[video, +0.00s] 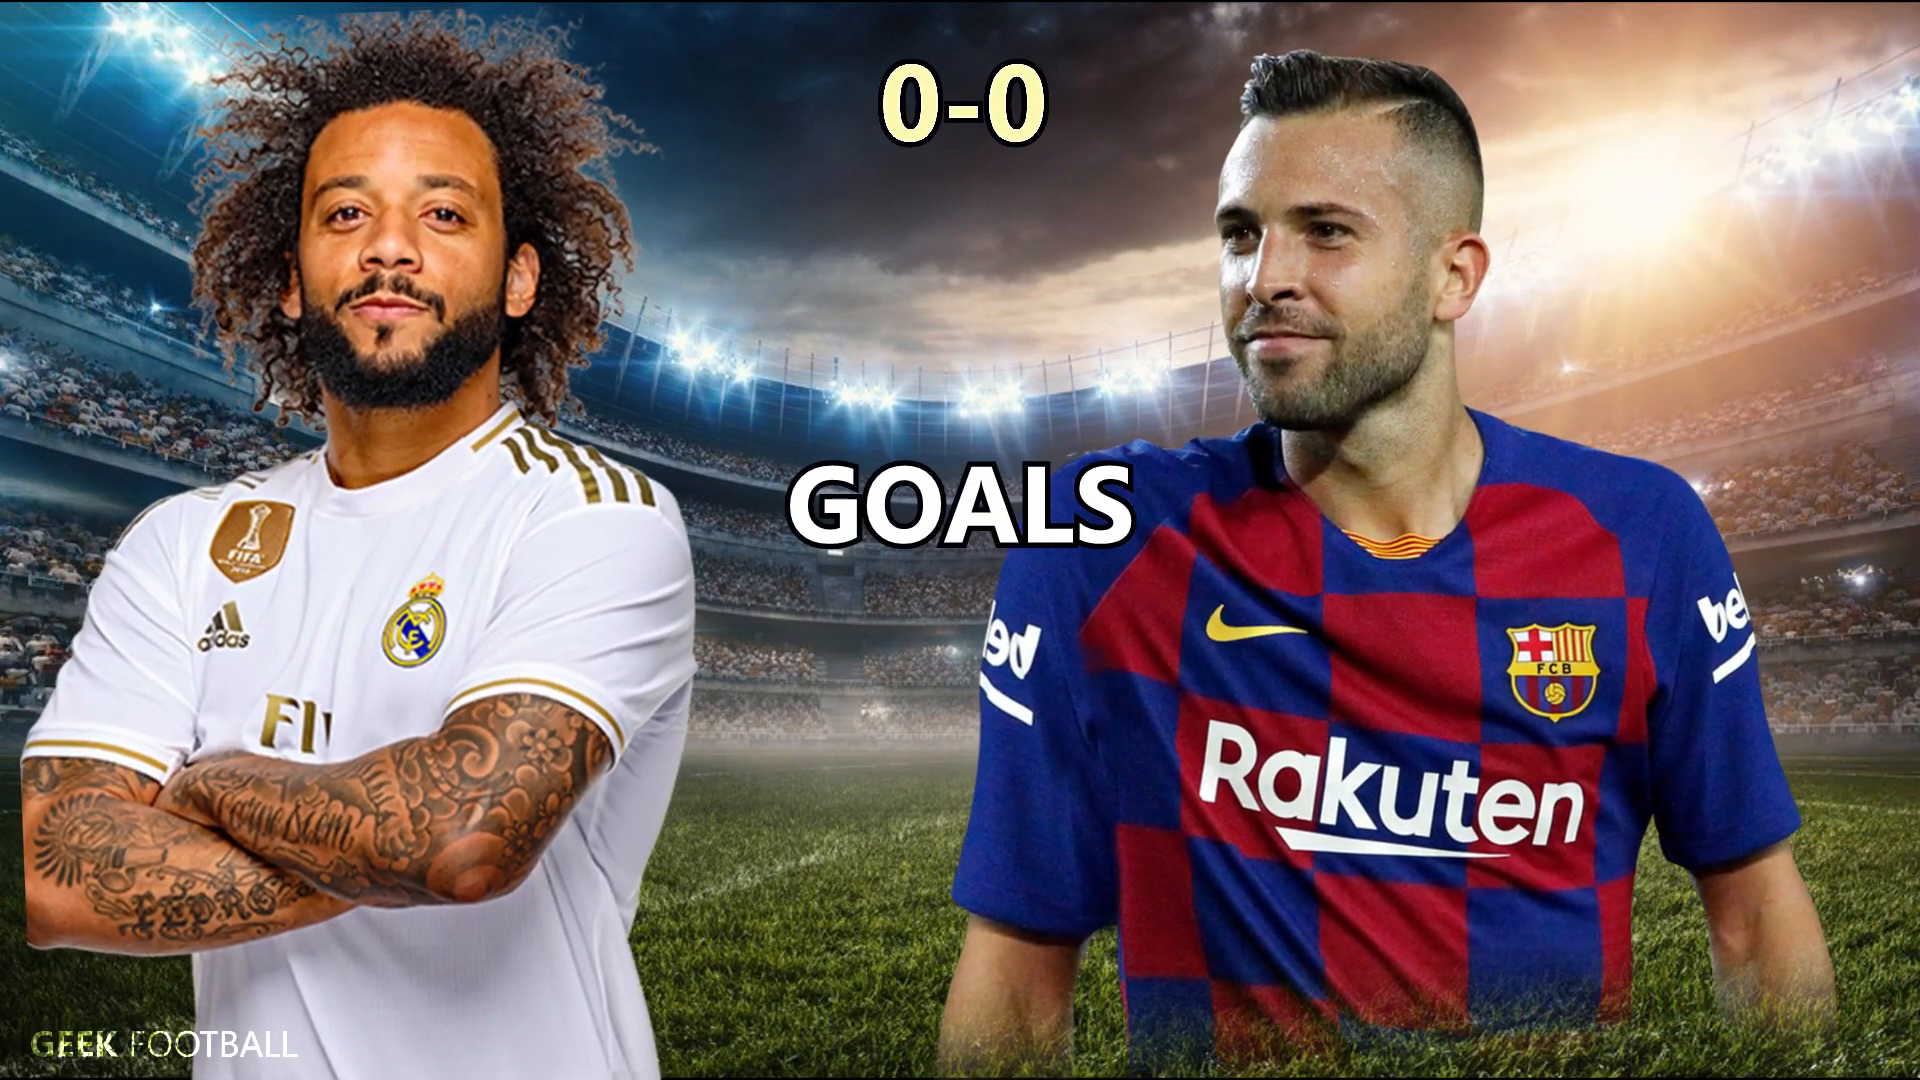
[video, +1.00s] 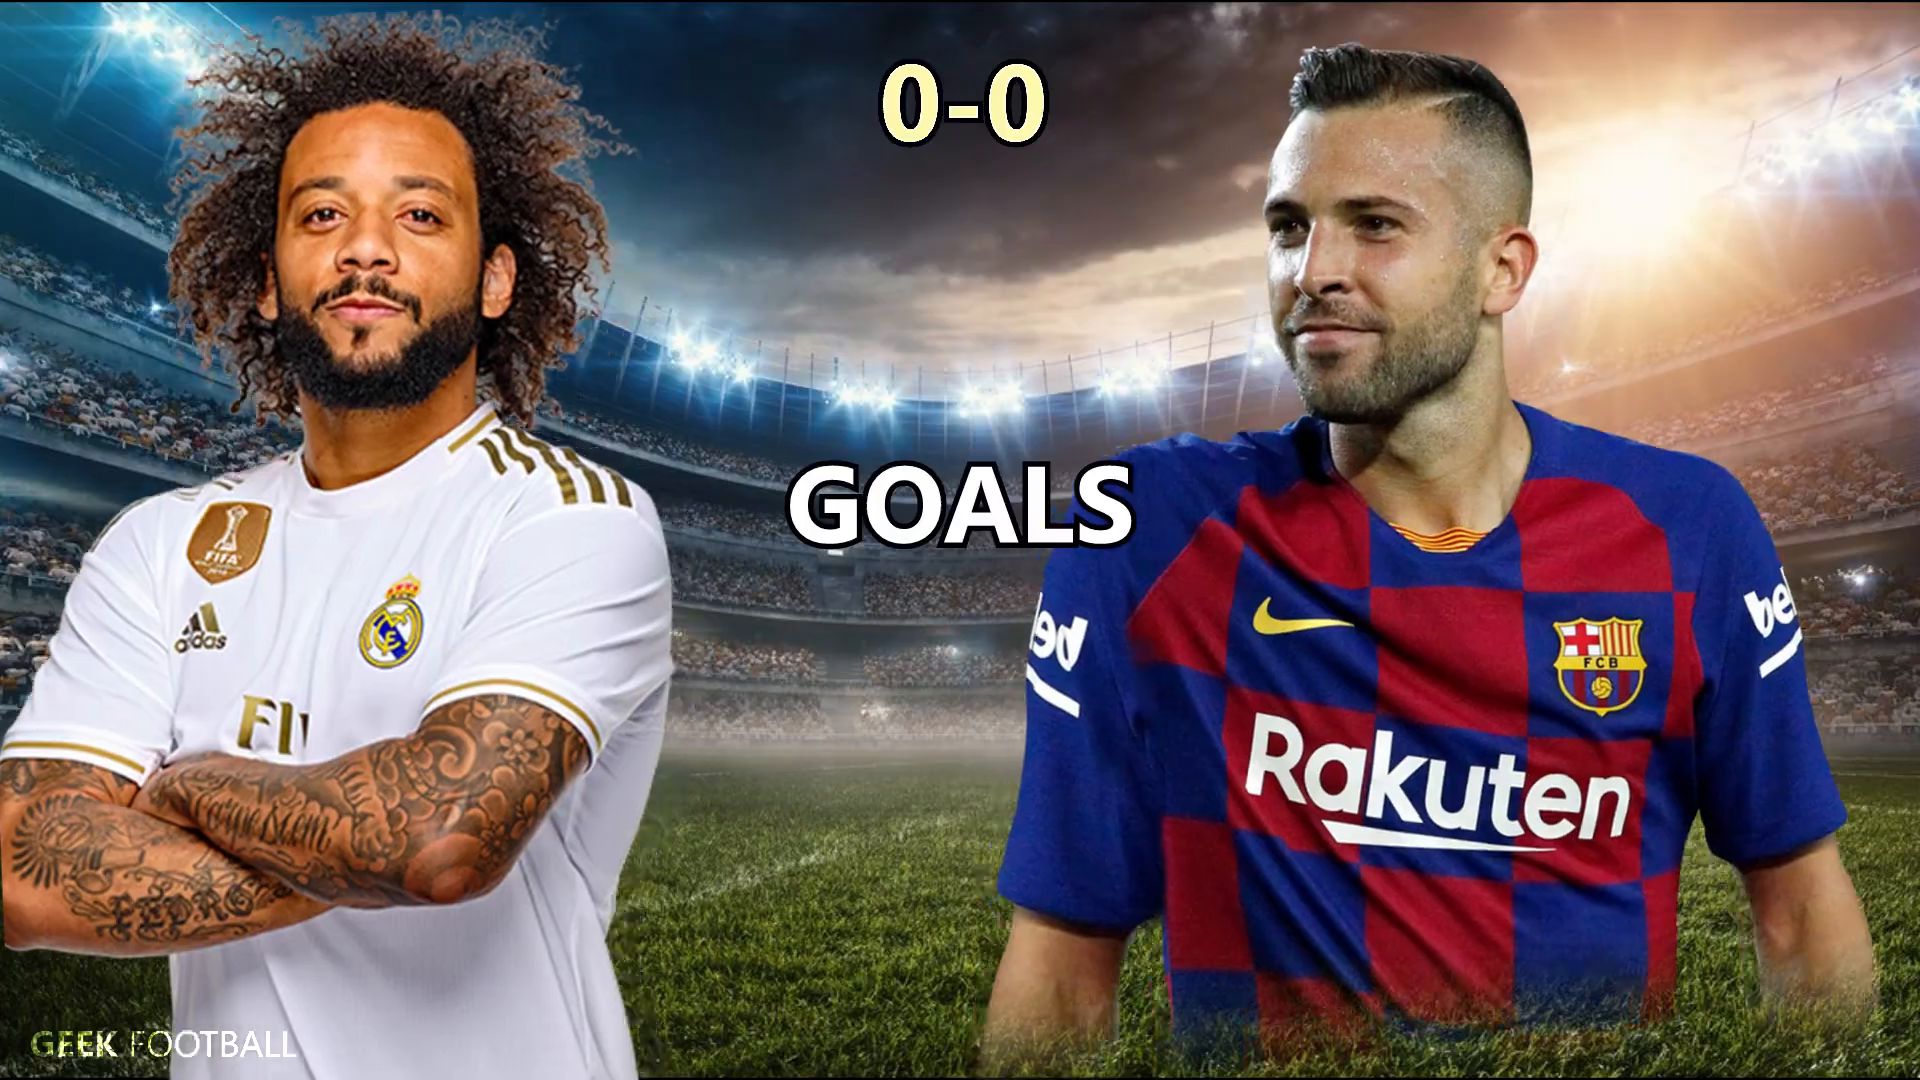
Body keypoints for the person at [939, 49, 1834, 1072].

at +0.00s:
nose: (1264, 279)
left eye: (1327, 233)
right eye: (1242, 236)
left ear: (1457, 275)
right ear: (1218, 257)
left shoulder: (1646, 538)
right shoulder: (1099, 546)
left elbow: (1756, 911)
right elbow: (1017, 965)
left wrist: (1804, 1076)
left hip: (1547, 1049)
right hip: (1221, 1050)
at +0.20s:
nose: (1274, 278)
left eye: (1337, 232)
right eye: (1252, 236)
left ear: (1468, 276)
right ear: (1228, 256)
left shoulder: (1657, 537)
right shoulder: (1111, 543)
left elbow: (1767, 911)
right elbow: (1028, 966)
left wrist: (1816, 1075)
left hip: (1556, 1050)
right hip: (1232, 1051)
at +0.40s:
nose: (1283, 278)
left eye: (1346, 231)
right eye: (1261, 235)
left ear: (1477, 275)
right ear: (1237, 256)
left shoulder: (1664, 536)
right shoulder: (1122, 539)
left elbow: (1778, 917)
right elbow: (1035, 971)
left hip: (1566, 1051)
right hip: (1239, 1053)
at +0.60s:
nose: (1288, 277)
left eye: (1352, 231)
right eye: (1267, 234)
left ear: (1482, 274)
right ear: (1242, 257)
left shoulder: (1671, 536)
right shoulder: (1126, 541)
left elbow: (1785, 917)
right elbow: (1041, 970)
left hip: (1575, 1054)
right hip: (1248, 1054)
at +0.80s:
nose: (1292, 277)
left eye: (1355, 231)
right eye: (1270, 234)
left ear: (1486, 274)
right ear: (1245, 256)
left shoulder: (1673, 536)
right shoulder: (1129, 540)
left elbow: (1786, 911)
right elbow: (1046, 963)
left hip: (1579, 1057)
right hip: (1247, 1054)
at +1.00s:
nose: (1313, 272)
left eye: (1376, 226)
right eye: (1290, 229)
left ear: (1505, 269)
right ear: (1267, 251)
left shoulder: (1691, 531)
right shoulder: (1146, 533)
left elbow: (1803, 909)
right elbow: (1062, 958)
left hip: (1594, 1053)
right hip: (1260, 1054)